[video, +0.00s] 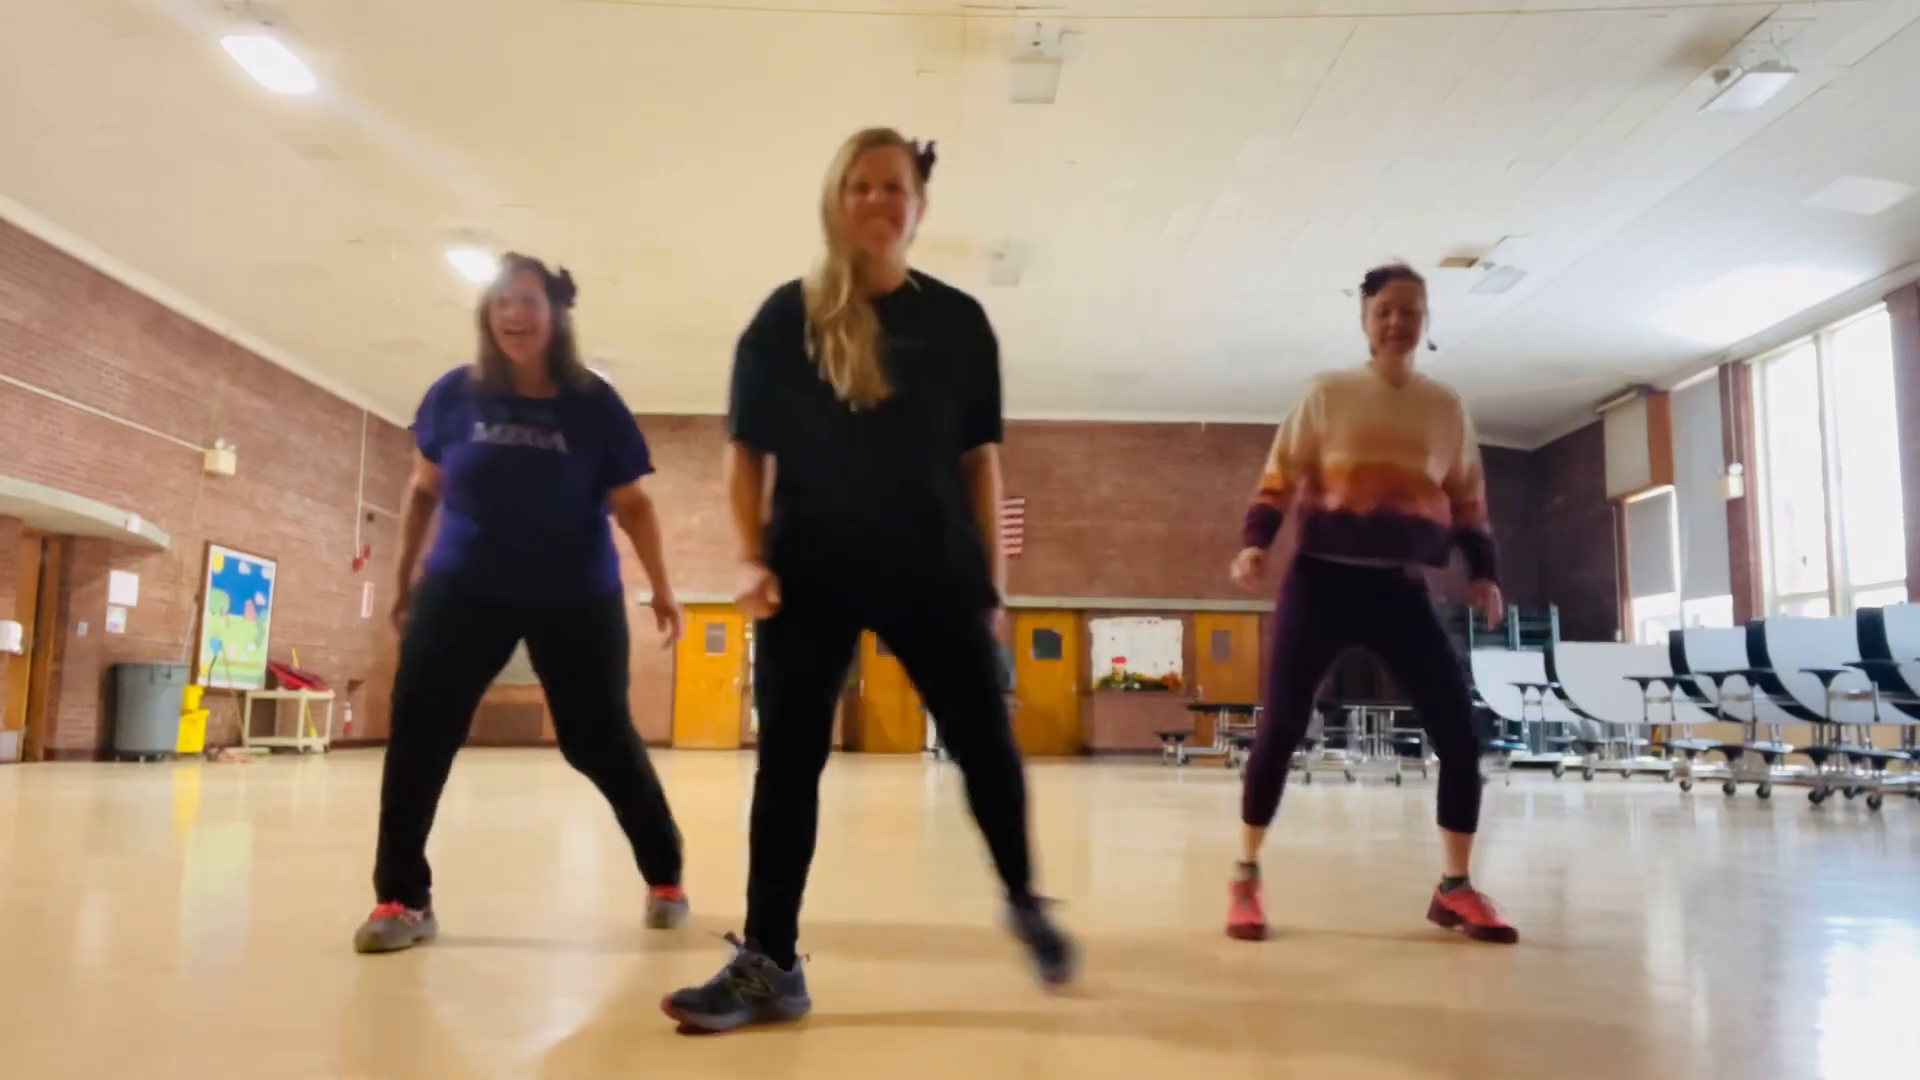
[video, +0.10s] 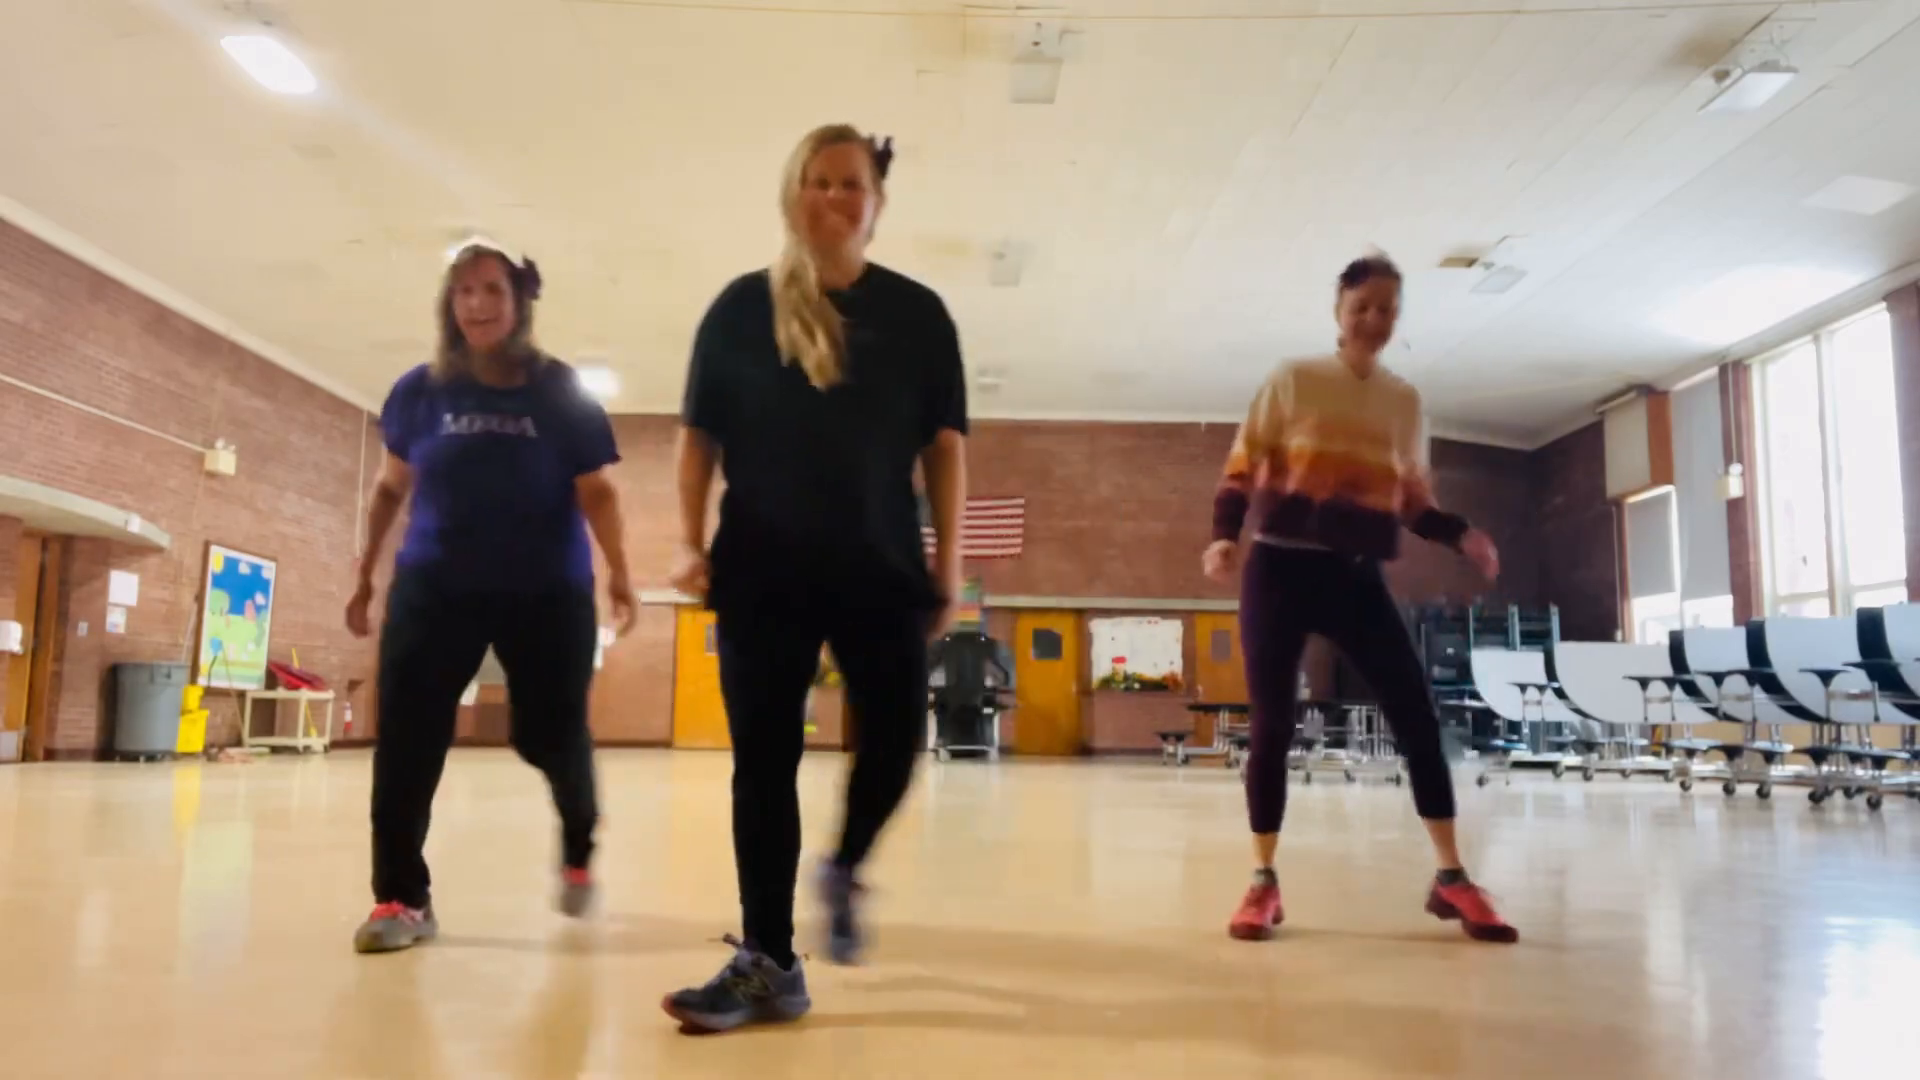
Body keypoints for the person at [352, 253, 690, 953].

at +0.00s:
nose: (514, 315)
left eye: (529, 303)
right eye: (502, 304)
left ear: (556, 314)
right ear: (486, 316)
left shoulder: (593, 403)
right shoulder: (456, 395)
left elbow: (632, 505)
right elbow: (423, 493)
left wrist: (661, 589)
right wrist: (404, 579)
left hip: (574, 596)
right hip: (467, 589)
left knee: (597, 739)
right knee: (418, 734)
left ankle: (665, 879)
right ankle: (402, 898)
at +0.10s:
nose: (479, 302)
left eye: (493, 290)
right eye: (466, 290)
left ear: (520, 303)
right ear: (449, 304)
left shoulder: (559, 390)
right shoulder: (420, 392)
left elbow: (597, 492)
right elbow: (390, 491)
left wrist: (618, 575)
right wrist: (366, 578)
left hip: (545, 592)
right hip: (438, 589)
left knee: (551, 737)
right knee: (405, 742)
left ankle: (578, 849)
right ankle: (402, 900)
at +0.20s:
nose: (454, 297)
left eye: (469, 285)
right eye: (441, 286)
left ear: (498, 297)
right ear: (427, 300)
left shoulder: (538, 386)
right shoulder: (397, 391)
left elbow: (574, 487)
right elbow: (372, 492)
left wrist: (568, 573)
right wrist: (348, 580)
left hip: (511, 595)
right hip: (412, 591)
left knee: (490, 740)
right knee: (395, 747)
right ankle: (399, 898)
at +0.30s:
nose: (444, 303)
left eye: (460, 291)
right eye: (433, 291)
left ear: (490, 303)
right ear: (418, 304)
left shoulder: (526, 394)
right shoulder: (387, 394)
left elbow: (556, 495)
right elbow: (359, 496)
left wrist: (529, 564)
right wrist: (341, 586)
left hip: (482, 601)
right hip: (387, 589)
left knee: (443, 744)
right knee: (381, 743)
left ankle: (413, 881)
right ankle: (391, 900)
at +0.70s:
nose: (394, 294)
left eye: (411, 285)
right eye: (384, 283)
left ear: (438, 304)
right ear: (368, 299)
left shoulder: (470, 404)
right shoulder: (320, 379)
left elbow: (489, 507)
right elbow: (280, 477)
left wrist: (469, 571)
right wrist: (239, 559)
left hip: (411, 596)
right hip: (304, 581)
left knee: (401, 741)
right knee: (266, 733)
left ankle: (408, 882)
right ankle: (243, 888)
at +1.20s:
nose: (305, 289)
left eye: (318, 278)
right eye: (290, 279)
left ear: (344, 297)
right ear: (269, 299)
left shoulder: (383, 376)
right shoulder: (246, 385)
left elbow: (397, 460)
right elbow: (229, 470)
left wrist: (317, 385)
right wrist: (288, 390)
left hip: (372, 587)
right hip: (265, 584)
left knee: (362, 742)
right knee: (245, 741)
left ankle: (351, 885)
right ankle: (238, 891)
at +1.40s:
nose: (331, 279)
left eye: (344, 269)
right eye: (315, 270)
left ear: (365, 287)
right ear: (294, 291)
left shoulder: (404, 373)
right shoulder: (262, 378)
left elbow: (448, 474)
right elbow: (202, 473)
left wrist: (402, 453)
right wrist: (208, 418)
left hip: (398, 570)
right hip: (288, 571)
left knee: (422, 714)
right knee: (258, 729)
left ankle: (436, 866)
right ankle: (239, 889)